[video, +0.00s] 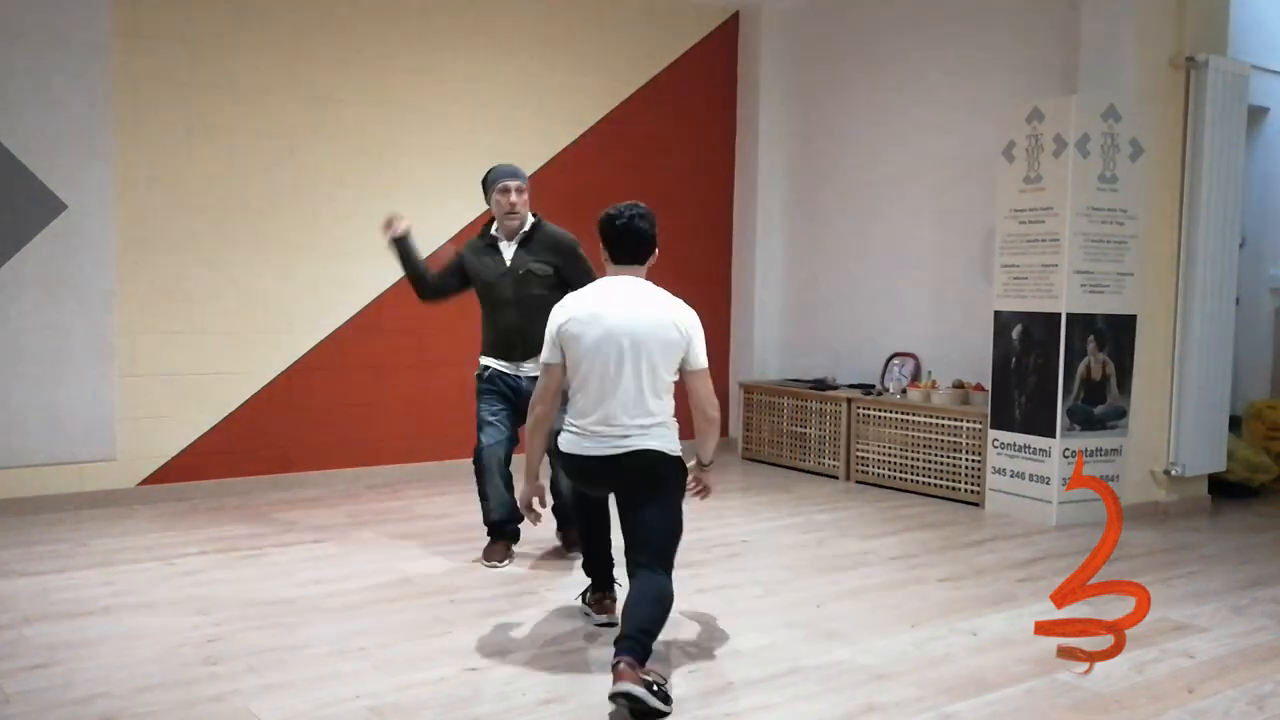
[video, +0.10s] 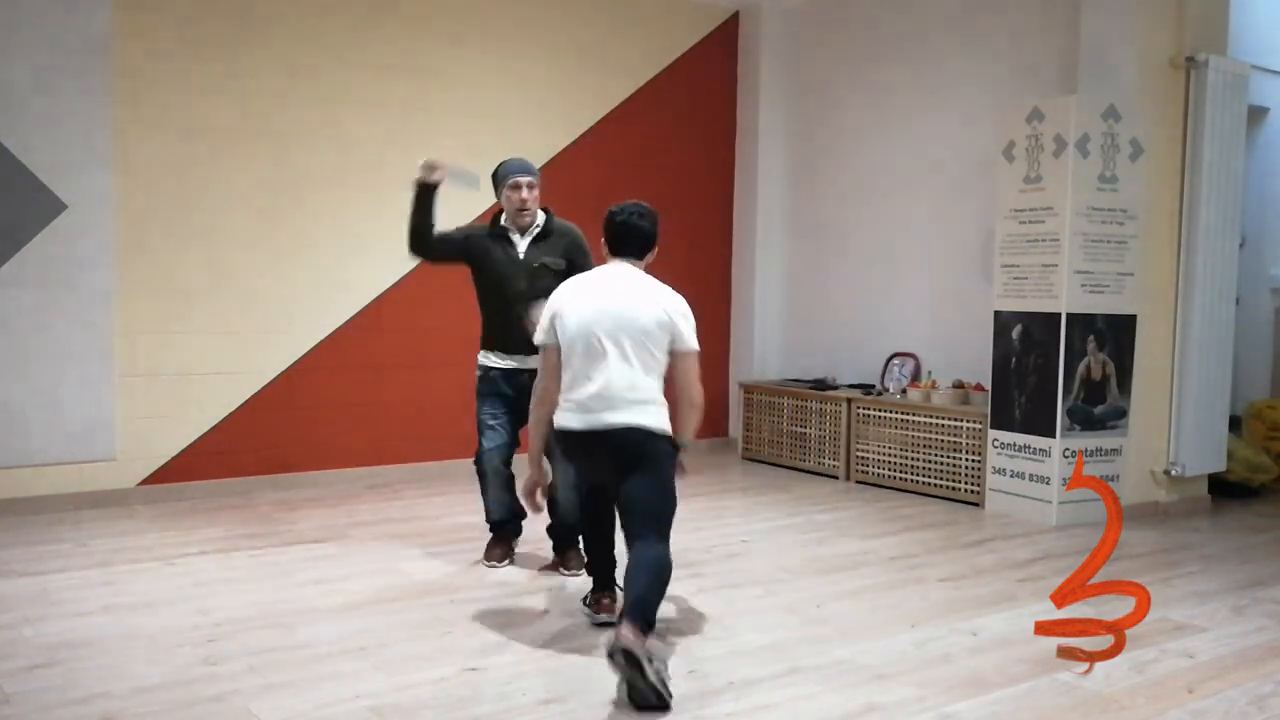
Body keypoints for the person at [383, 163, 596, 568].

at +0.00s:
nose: (512, 200)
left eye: (519, 191)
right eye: (503, 193)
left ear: (529, 197)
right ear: (489, 201)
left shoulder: (559, 246)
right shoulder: (476, 252)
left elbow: (591, 301)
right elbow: (430, 289)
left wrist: (584, 362)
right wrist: (403, 244)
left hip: (550, 372)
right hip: (497, 372)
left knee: (561, 452)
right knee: (490, 452)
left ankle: (571, 529)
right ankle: (501, 535)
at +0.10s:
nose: (524, 196)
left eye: (530, 187)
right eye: (514, 188)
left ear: (540, 192)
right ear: (499, 196)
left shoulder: (567, 238)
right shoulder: (480, 241)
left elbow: (589, 297)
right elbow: (422, 245)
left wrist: (556, 314)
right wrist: (426, 190)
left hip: (553, 367)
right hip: (498, 368)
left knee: (563, 453)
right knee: (492, 453)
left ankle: (567, 543)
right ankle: (502, 533)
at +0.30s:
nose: (546, 188)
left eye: (547, 179)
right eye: (536, 181)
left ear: (555, 183)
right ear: (516, 189)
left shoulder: (569, 231)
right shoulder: (489, 217)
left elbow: (551, 280)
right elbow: (485, 243)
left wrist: (516, 232)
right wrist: (514, 213)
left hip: (544, 374)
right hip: (487, 368)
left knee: (567, 463)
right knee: (466, 446)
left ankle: (572, 547)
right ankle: (466, 542)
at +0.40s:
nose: (538, 198)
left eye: (545, 191)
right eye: (529, 189)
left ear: (553, 193)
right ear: (509, 190)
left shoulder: (562, 233)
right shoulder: (484, 222)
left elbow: (568, 288)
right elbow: (510, 273)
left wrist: (536, 260)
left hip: (535, 369)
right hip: (477, 367)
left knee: (561, 463)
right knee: (452, 456)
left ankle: (572, 550)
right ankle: (428, 561)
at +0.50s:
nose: (547, 210)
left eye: (552, 202)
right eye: (539, 200)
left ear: (552, 204)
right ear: (512, 197)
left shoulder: (547, 238)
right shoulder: (480, 238)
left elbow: (540, 302)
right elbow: (515, 311)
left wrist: (555, 294)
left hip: (523, 378)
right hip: (467, 377)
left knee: (548, 463)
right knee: (443, 472)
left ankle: (549, 538)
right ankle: (423, 564)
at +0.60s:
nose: (563, 216)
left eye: (566, 207)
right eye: (556, 206)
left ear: (544, 208)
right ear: (523, 204)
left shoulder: (536, 240)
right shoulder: (485, 249)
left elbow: (520, 285)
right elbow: (510, 336)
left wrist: (545, 299)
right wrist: (552, 399)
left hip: (513, 384)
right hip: (465, 383)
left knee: (539, 462)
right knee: (440, 474)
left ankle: (506, 533)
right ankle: (413, 560)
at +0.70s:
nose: (583, 213)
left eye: (583, 205)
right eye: (578, 205)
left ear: (547, 204)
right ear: (551, 206)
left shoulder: (522, 229)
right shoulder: (519, 259)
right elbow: (526, 349)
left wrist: (540, 305)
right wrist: (546, 415)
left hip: (513, 381)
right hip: (472, 379)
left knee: (545, 462)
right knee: (451, 470)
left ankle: (496, 553)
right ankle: (409, 558)